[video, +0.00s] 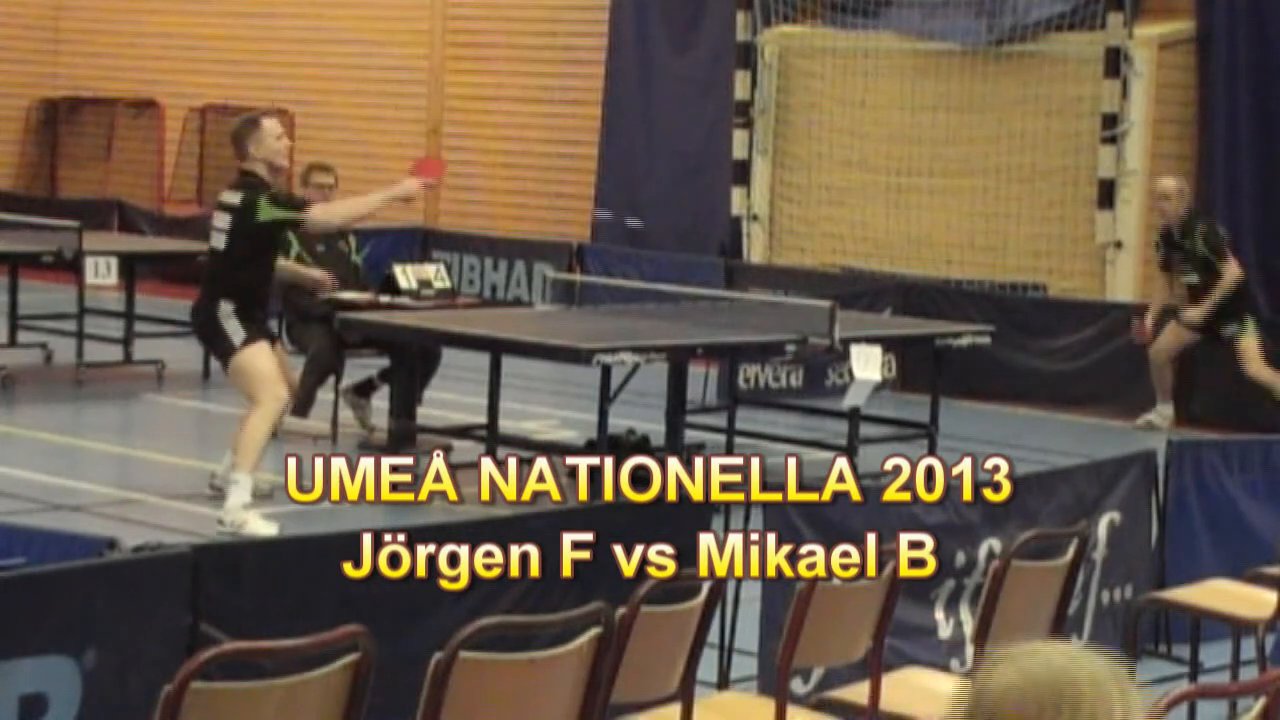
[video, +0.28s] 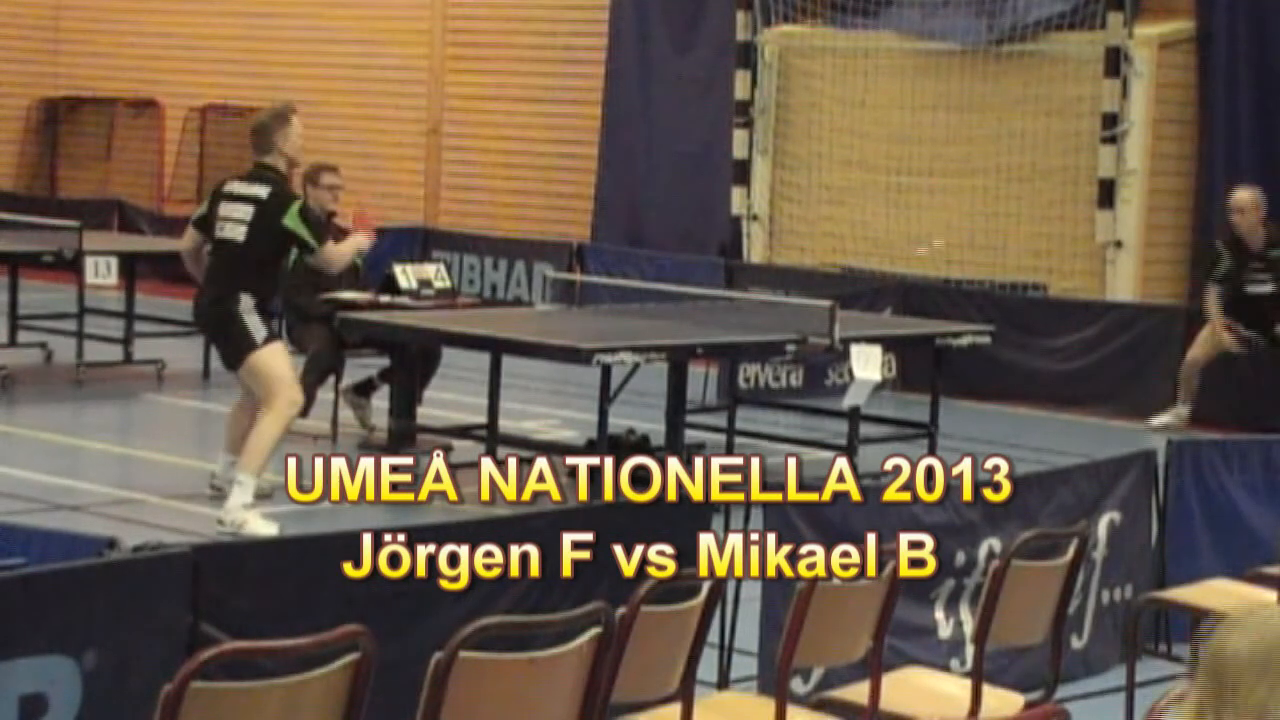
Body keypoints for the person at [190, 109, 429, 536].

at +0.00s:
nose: (287, 144)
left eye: (285, 137)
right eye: (278, 138)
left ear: (255, 150)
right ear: (251, 149)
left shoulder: (242, 193)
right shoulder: (256, 200)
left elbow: (257, 257)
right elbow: (325, 216)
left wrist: (307, 274)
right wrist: (395, 191)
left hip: (242, 306)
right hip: (225, 310)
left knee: (282, 391)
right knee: (272, 397)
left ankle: (230, 468)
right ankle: (236, 505)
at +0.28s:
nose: (303, 144)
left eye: (300, 136)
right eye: (298, 138)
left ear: (259, 145)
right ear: (283, 145)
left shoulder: (227, 188)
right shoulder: (286, 201)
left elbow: (189, 245)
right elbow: (331, 260)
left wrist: (211, 281)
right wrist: (359, 242)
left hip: (213, 300)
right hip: (242, 304)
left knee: (256, 393)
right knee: (287, 398)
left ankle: (228, 472)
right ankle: (238, 503)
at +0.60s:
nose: (313, 135)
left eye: (311, 126)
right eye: (309, 127)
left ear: (270, 132)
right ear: (292, 132)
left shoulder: (243, 172)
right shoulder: (280, 187)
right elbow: (305, 262)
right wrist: (356, 277)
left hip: (211, 287)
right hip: (237, 293)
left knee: (244, 388)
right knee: (276, 390)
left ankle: (216, 474)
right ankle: (238, 503)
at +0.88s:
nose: (316, 138)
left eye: (314, 130)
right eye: (311, 131)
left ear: (278, 137)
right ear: (293, 137)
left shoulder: (255, 176)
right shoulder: (279, 193)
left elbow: (261, 250)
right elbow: (298, 269)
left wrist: (300, 284)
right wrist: (351, 280)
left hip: (220, 290)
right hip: (237, 295)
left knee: (256, 390)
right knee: (281, 394)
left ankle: (215, 476)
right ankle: (235, 503)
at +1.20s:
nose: (336, 172)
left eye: (334, 163)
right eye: (331, 164)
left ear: (298, 169)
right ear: (314, 169)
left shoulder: (267, 201)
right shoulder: (295, 221)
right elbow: (304, 302)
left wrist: (308, 303)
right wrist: (325, 319)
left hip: (216, 310)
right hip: (236, 317)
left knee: (255, 395)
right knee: (299, 403)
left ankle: (215, 477)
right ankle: (237, 503)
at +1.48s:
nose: (352, 160)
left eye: (351, 153)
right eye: (350, 153)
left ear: (308, 153)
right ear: (339, 158)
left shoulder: (268, 182)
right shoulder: (330, 210)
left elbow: (221, 235)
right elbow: (375, 273)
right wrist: (387, 263)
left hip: (208, 281)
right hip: (243, 293)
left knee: (233, 388)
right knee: (291, 402)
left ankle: (220, 478)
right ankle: (236, 505)